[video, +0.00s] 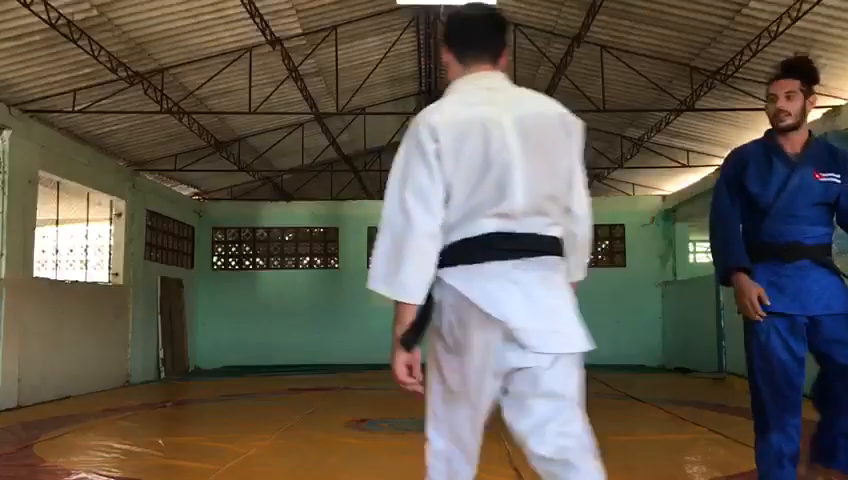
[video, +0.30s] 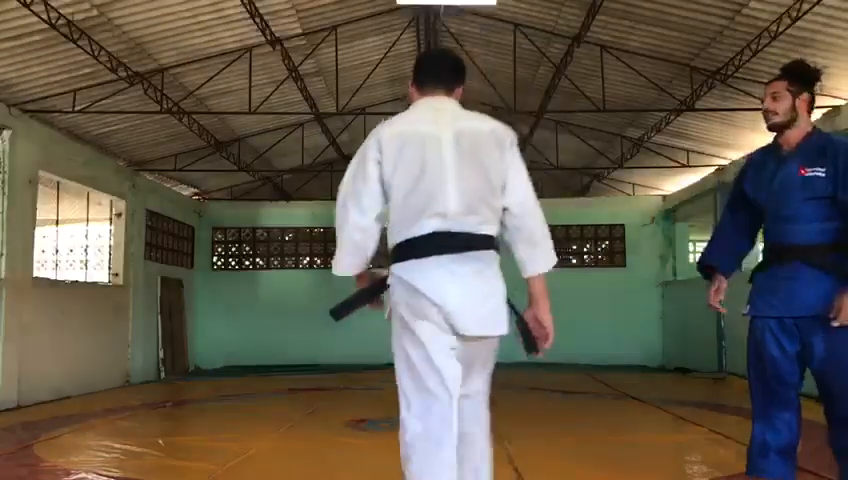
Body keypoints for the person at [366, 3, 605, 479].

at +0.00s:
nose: (445, 62)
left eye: (444, 54)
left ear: (447, 56)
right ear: (506, 55)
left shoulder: (433, 124)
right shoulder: (557, 118)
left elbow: (418, 233)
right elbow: (578, 226)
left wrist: (404, 335)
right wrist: (562, 288)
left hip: (466, 289)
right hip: (544, 283)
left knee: (452, 446)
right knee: (565, 444)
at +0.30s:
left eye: (411, 89)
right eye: (461, 91)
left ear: (412, 88)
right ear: (462, 91)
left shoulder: (388, 135)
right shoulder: (496, 134)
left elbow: (355, 212)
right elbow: (525, 216)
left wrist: (362, 276)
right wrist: (539, 300)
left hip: (416, 280)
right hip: (481, 278)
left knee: (427, 407)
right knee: (474, 405)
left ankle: (430, 477)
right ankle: (472, 478)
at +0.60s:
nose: (398, 143)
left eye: (396, 138)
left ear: (396, 138)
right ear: (439, 140)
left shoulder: (372, 168)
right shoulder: (463, 179)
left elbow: (347, 231)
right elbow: (481, 253)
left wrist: (382, 228)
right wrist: (489, 324)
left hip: (390, 291)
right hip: (441, 291)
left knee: (395, 402)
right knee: (431, 401)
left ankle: (407, 474)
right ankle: (422, 471)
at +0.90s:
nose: (369, 159)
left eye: (367, 155)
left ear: (371, 153)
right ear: (405, 149)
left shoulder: (354, 177)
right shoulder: (437, 183)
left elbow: (340, 227)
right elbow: (458, 247)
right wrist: (453, 284)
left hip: (374, 291)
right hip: (421, 290)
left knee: (366, 382)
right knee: (422, 388)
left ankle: (354, 466)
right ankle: (426, 474)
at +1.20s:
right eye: (382, 166)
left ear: (351, 171)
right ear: (382, 167)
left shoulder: (337, 197)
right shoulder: (408, 198)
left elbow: (330, 244)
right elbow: (428, 251)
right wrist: (436, 301)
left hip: (355, 293)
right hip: (398, 292)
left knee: (355, 379)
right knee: (401, 370)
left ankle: (357, 464)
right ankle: (398, 426)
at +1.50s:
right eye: (390, 191)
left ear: (361, 189)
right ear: (389, 190)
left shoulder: (344, 211)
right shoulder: (404, 219)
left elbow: (335, 253)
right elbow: (419, 268)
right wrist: (425, 315)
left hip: (351, 299)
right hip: (389, 300)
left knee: (354, 375)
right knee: (391, 372)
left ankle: (357, 455)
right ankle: (391, 432)